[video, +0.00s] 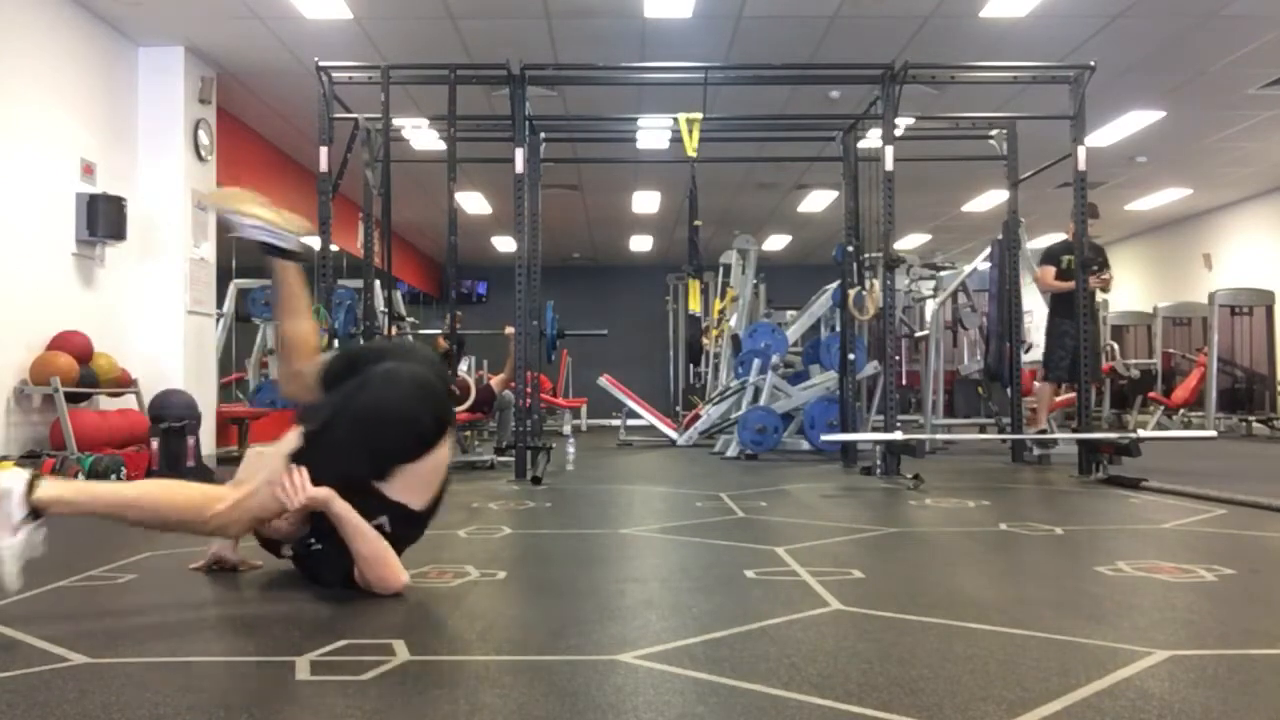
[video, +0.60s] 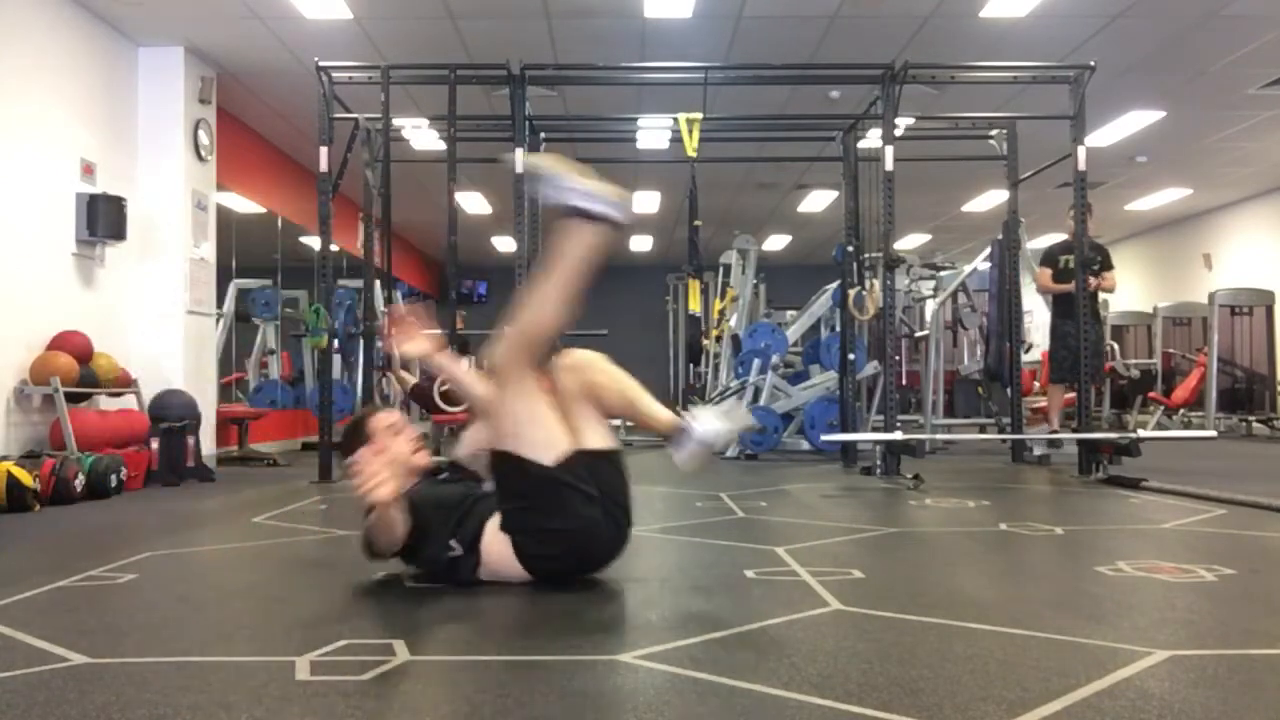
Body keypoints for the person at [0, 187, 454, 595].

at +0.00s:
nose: (275, 524)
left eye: (273, 531)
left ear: (274, 535)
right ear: (298, 542)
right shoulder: (329, 557)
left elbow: (267, 451)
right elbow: (393, 581)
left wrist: (230, 543)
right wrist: (331, 505)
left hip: (402, 367)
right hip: (412, 403)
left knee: (301, 381)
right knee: (231, 510)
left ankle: (284, 248)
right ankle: (34, 492)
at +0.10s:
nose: (278, 535)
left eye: (278, 537)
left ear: (283, 536)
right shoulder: (332, 557)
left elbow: (274, 450)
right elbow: (392, 583)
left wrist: (230, 528)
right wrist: (344, 498)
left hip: (436, 381)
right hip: (451, 418)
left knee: (334, 384)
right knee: (258, 506)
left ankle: (338, 268)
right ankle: (83, 457)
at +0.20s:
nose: (313, 499)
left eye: (308, 501)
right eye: (303, 505)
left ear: (311, 501)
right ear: (304, 529)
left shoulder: (343, 470)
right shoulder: (337, 549)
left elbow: (307, 428)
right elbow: (389, 584)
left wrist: (248, 501)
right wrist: (369, 510)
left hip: (489, 411)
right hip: (484, 452)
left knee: (372, 389)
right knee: (286, 480)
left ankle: (405, 302)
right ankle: (148, 391)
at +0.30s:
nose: (329, 482)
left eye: (324, 476)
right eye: (315, 488)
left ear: (339, 477)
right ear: (312, 518)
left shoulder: (371, 474)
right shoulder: (345, 553)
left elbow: (349, 415)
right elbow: (384, 584)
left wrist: (277, 453)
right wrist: (368, 530)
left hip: (518, 434)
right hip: (519, 479)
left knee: (398, 391)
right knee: (322, 439)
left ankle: (473, 319)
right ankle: (227, 318)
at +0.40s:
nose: (355, 464)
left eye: (351, 457)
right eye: (339, 470)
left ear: (367, 455)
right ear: (332, 499)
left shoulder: (410, 480)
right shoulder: (357, 541)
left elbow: (390, 400)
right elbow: (376, 583)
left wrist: (315, 410)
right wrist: (359, 540)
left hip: (561, 471)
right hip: (535, 515)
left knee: (450, 381)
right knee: (383, 404)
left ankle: (556, 345)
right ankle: (344, 256)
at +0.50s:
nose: (387, 449)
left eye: (383, 441)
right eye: (369, 451)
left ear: (396, 448)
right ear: (352, 481)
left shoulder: (437, 482)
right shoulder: (382, 527)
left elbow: (449, 403)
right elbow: (373, 562)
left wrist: (379, 370)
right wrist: (360, 526)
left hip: (588, 500)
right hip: (549, 533)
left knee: (522, 368)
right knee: (459, 381)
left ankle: (640, 394)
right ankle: (483, 223)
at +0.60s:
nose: (412, 433)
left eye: (406, 425)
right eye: (394, 432)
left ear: (414, 432)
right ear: (372, 457)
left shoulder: (453, 476)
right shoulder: (397, 510)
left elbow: (498, 413)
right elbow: (386, 541)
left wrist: (434, 355)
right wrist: (384, 499)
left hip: (598, 517)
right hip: (557, 539)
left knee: (572, 365)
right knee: (509, 357)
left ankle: (681, 431)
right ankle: (590, 219)